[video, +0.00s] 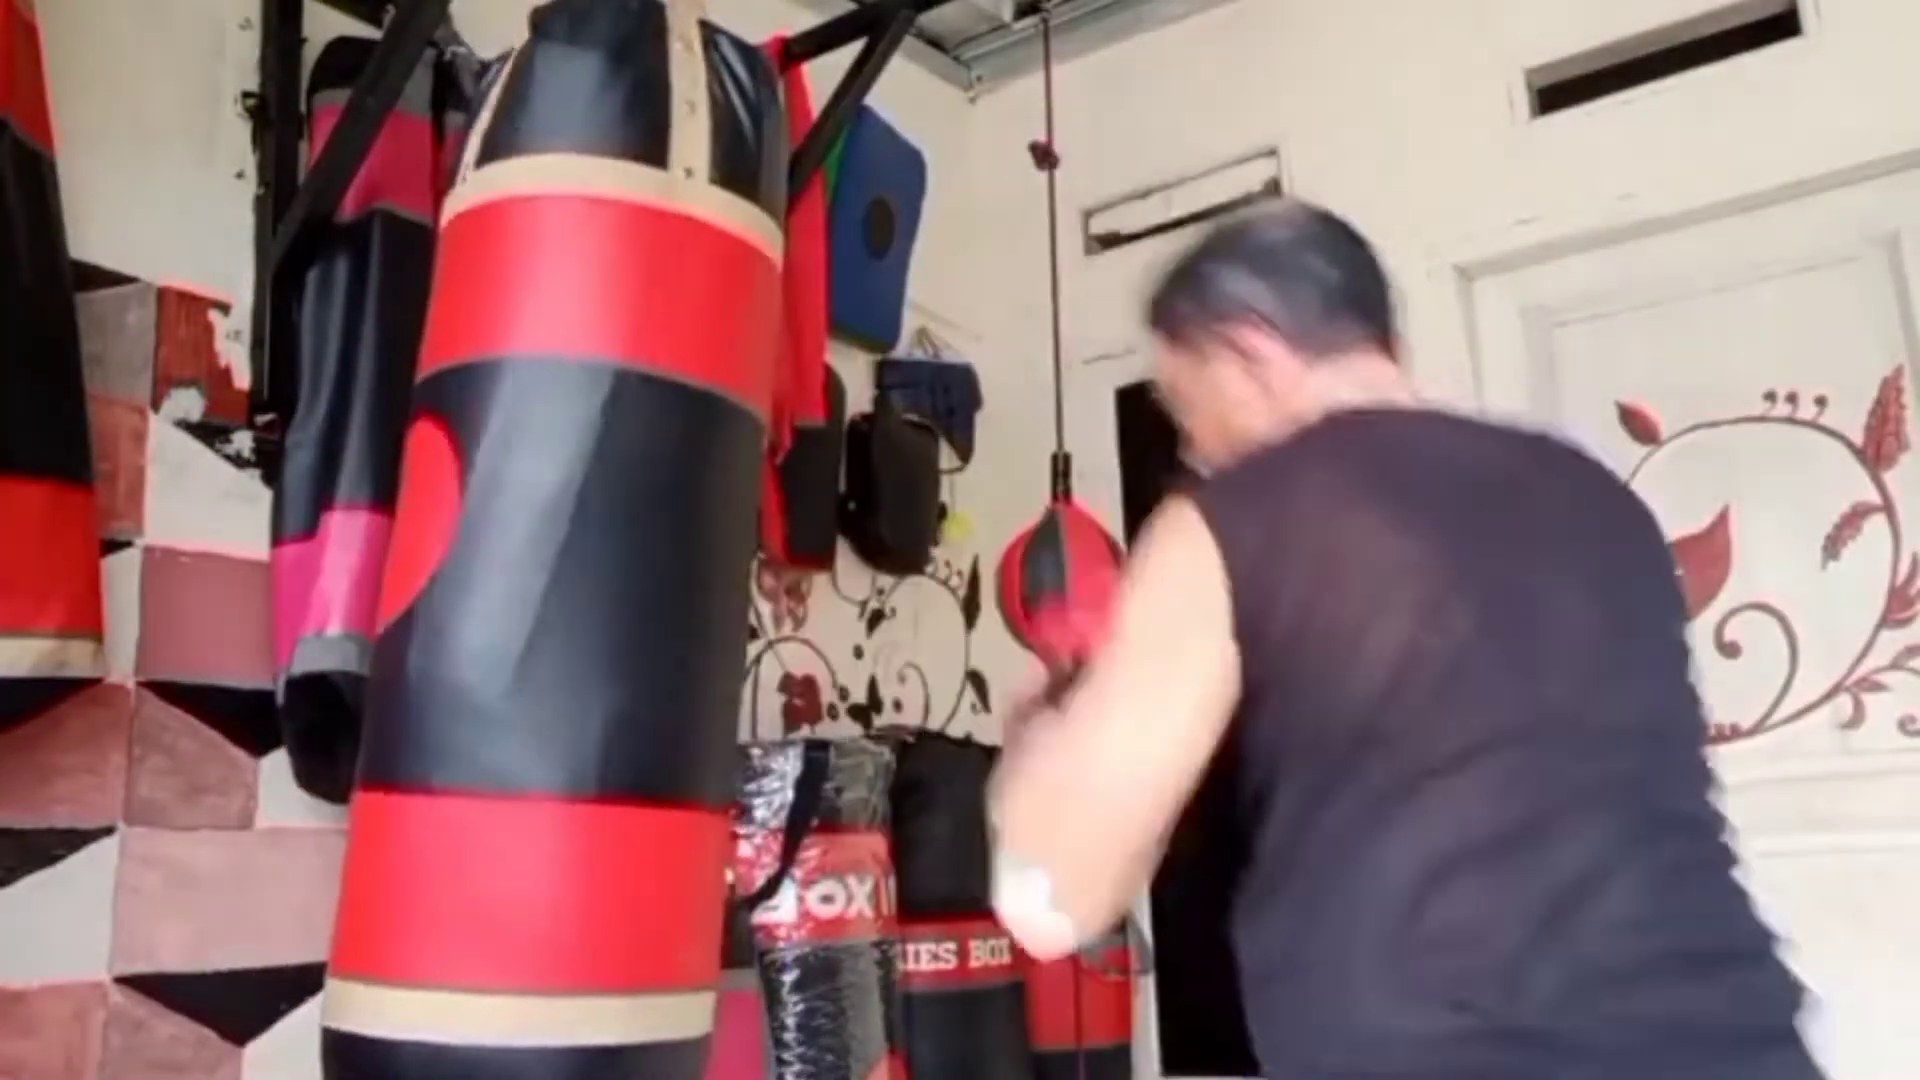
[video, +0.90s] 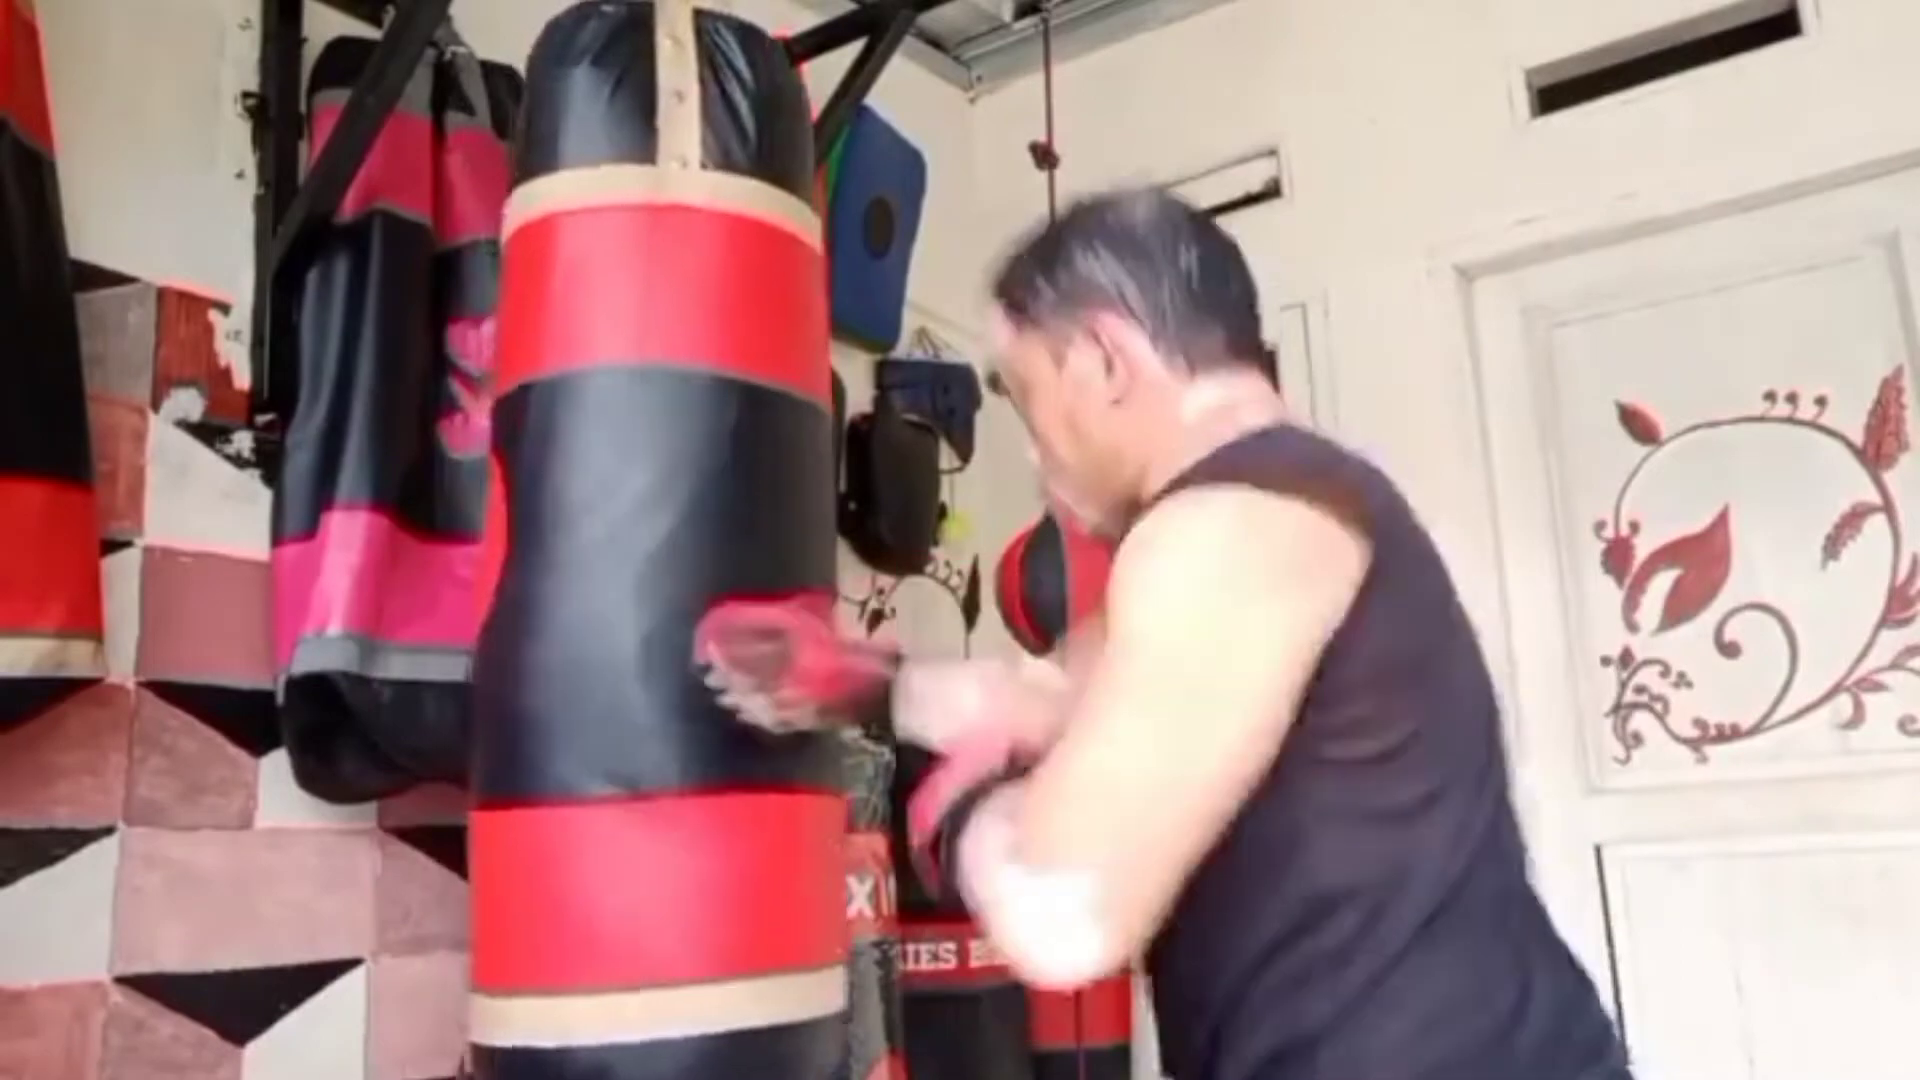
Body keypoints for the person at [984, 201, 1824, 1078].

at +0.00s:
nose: (1190, 447)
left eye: (1183, 407)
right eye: (1176, 416)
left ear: (1251, 351)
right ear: (1376, 334)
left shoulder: (1232, 521)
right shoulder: (1597, 490)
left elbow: (1052, 898)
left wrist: (1034, 721)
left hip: (1415, 1045)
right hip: (1725, 1039)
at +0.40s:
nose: (1181, 503)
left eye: (1178, 472)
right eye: (1170, 479)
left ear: (1245, 431)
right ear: (1371, 418)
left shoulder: (1194, 559)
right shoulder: (1600, 546)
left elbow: (1016, 919)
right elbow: (1705, 877)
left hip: (1398, 1049)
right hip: (1698, 1049)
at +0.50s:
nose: (1166, 508)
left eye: (1164, 476)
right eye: (1155, 483)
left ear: (1234, 430)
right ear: (1365, 422)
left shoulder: (1184, 564)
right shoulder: (1593, 557)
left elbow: (981, 942)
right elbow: (1699, 910)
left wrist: (962, 1040)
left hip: (1356, 1055)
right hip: (1668, 1055)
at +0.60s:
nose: (1124, 508)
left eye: (1124, 466)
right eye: (1115, 472)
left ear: (1196, 434)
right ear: (1329, 430)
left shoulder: (1142, 600)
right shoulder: (1539, 585)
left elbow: (932, 982)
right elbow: (1669, 911)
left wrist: (990, 1057)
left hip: (1313, 1058)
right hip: (1609, 1059)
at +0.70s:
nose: (1099, 497)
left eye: (1094, 453)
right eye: (1087, 461)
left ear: (1165, 419)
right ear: (1298, 421)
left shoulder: (1130, 593)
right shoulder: (1493, 578)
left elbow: (944, 990)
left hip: (1305, 1048)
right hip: (1584, 1047)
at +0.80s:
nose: (1048, 471)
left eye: (1034, 414)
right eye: (1029, 422)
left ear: (1105, 373)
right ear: (1239, 357)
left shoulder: (1196, 542)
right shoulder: (1362, 515)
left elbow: (1013, 944)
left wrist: (993, 828)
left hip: (1360, 1056)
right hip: (1550, 1048)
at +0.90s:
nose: (1031, 440)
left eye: (1022, 389)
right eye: (1016, 397)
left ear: (1106, 356)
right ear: (1137, 352)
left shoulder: (1230, 527)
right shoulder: (1303, 490)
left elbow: (1066, 928)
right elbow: (1047, 699)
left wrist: (976, 813)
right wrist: (856, 676)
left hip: (1376, 1053)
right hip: (1494, 1037)